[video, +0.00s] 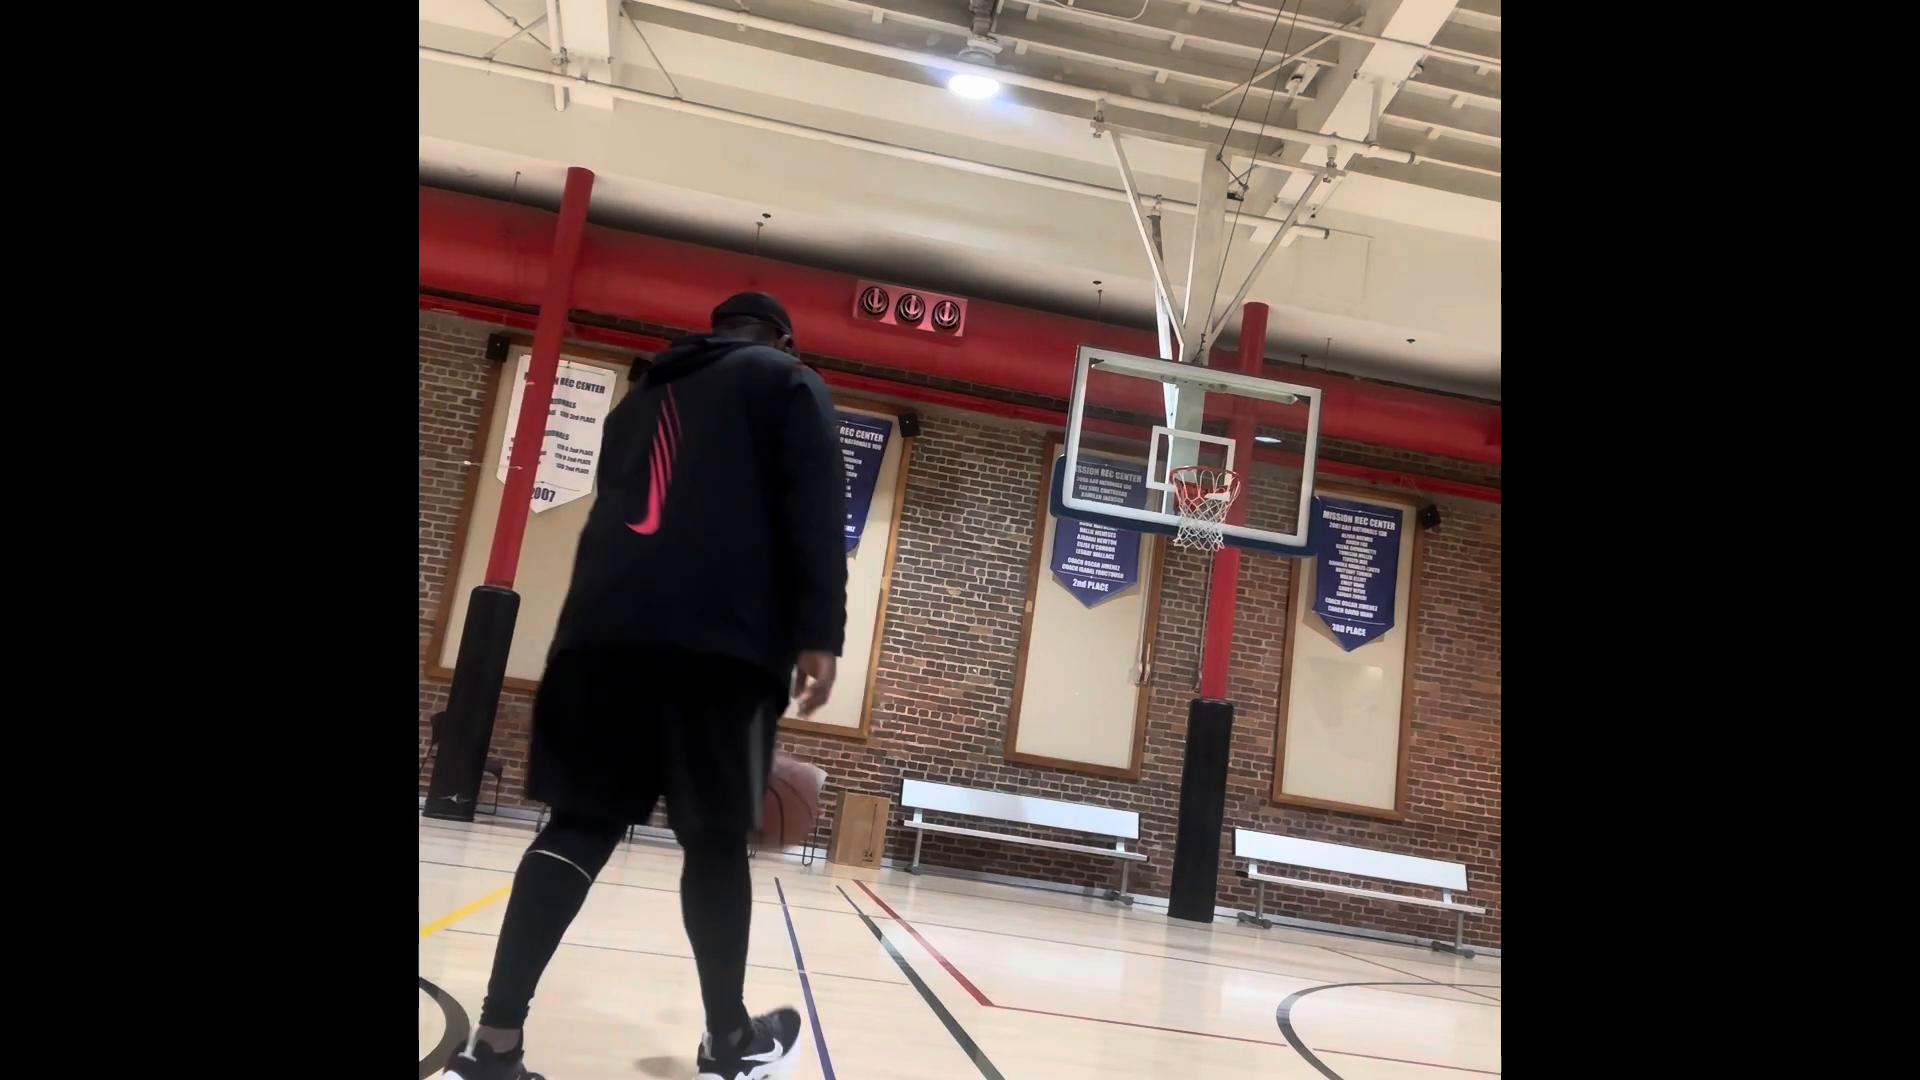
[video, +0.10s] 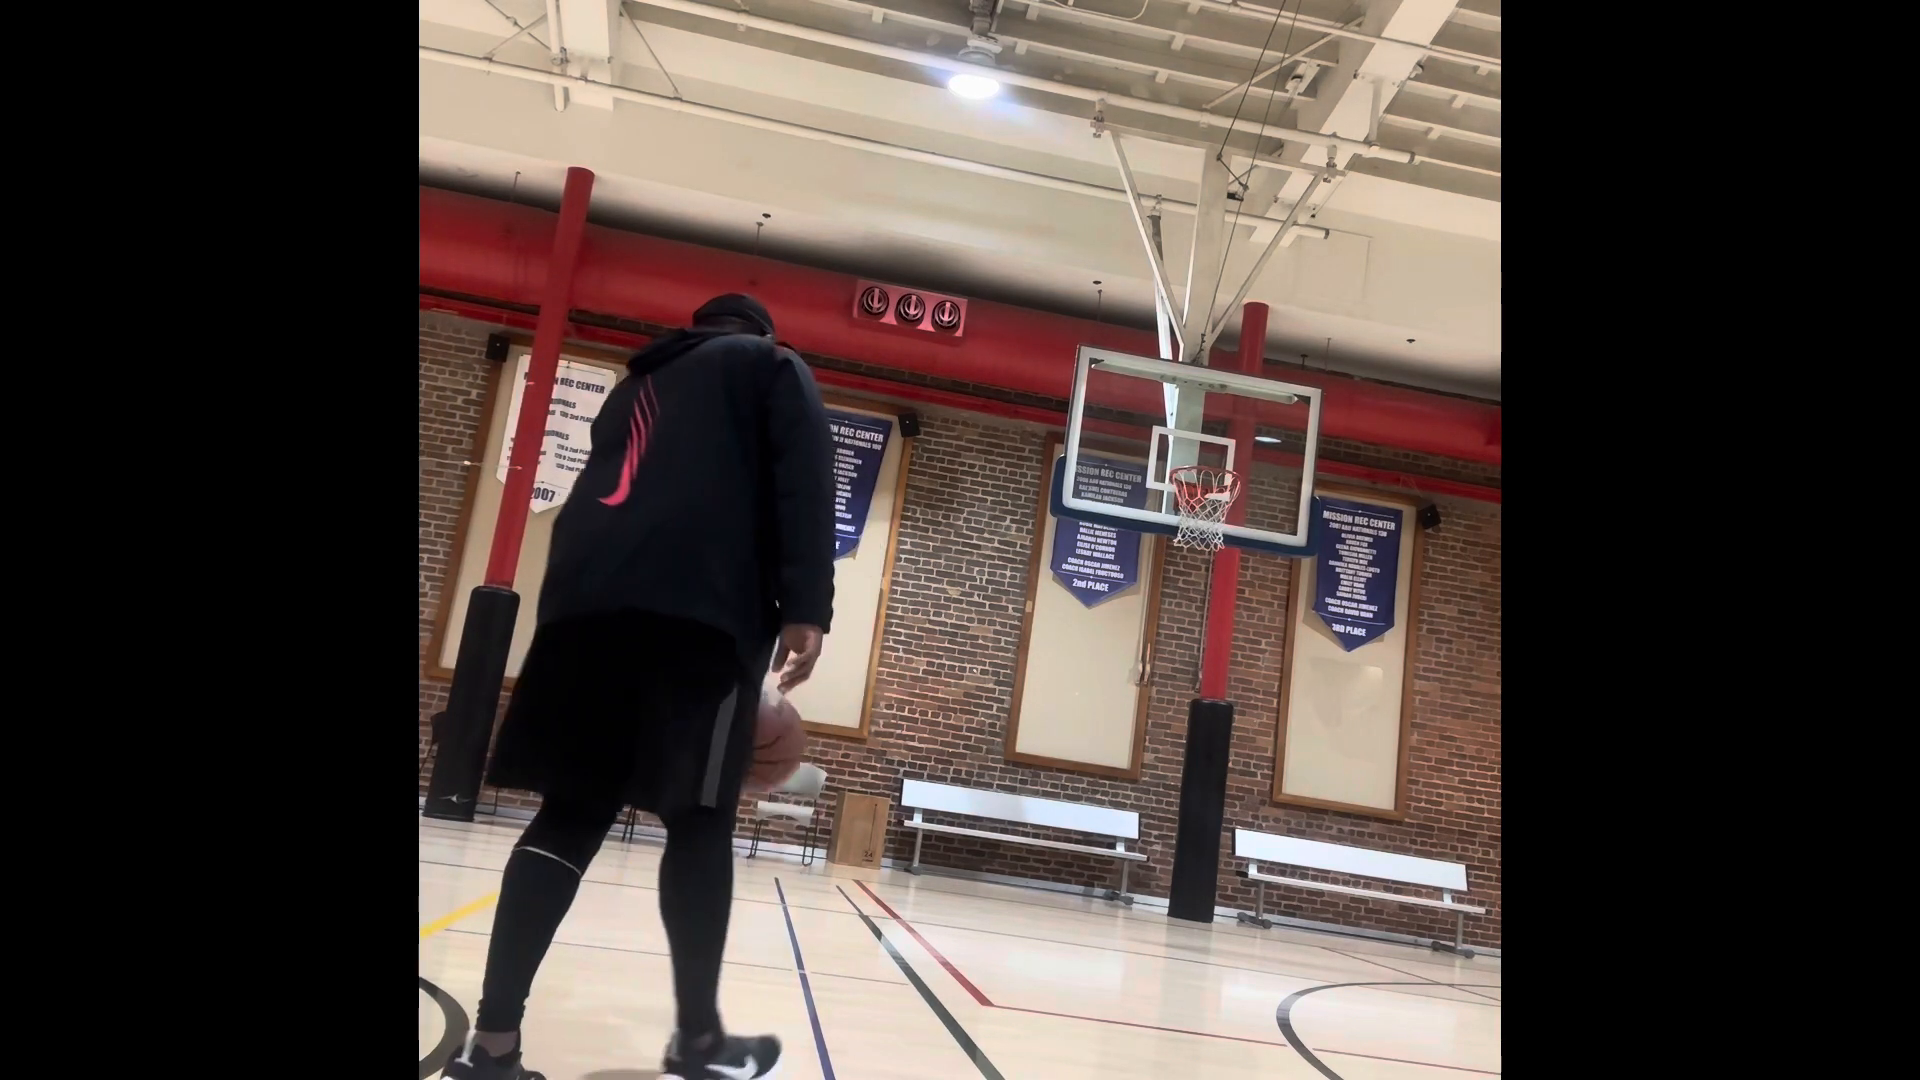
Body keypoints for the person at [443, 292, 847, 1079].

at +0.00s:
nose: (792, 358)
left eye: (785, 345)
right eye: (791, 346)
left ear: (712, 331)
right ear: (779, 339)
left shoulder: (639, 398)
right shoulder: (787, 381)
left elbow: (608, 525)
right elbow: (815, 511)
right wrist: (819, 633)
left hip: (604, 637)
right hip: (723, 647)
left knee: (581, 822)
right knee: (716, 839)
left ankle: (495, 1038)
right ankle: (728, 1034)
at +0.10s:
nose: (775, 345)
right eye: (772, 337)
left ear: (696, 329)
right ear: (762, 334)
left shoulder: (637, 383)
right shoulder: (774, 367)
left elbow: (583, 504)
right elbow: (805, 479)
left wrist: (568, 616)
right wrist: (808, 607)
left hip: (590, 614)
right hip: (703, 624)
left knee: (572, 809)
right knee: (701, 821)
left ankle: (492, 1038)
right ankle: (699, 1035)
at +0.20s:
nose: (774, 348)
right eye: (765, 337)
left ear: (682, 332)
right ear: (748, 330)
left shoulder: (629, 382)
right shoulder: (761, 353)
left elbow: (559, 496)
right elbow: (800, 460)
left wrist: (553, 597)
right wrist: (804, 590)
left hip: (576, 592)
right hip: (693, 598)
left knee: (565, 801)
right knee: (689, 811)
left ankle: (489, 1040)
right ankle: (652, 1049)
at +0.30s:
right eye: (765, 335)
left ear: (679, 326)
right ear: (749, 325)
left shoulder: (627, 375)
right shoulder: (758, 346)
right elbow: (800, 462)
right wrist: (806, 599)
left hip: (564, 580)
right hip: (681, 586)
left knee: (561, 795)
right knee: (685, 812)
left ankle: (487, 1039)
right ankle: (623, 1053)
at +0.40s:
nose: (785, 342)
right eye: (781, 332)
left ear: (692, 314)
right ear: (762, 321)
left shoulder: (629, 367)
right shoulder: (768, 344)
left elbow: (557, 482)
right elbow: (805, 469)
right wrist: (812, 613)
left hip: (556, 580)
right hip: (675, 590)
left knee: (556, 802)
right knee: (690, 819)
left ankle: (486, 1041)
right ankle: (618, 1061)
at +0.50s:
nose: (798, 334)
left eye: (795, 323)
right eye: (797, 323)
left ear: (718, 297)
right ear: (780, 309)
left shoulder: (636, 355)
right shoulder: (783, 335)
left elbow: (567, 470)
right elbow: (815, 475)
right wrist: (825, 621)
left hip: (559, 577)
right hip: (675, 586)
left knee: (555, 809)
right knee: (678, 833)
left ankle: (485, 1043)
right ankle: (622, 1067)